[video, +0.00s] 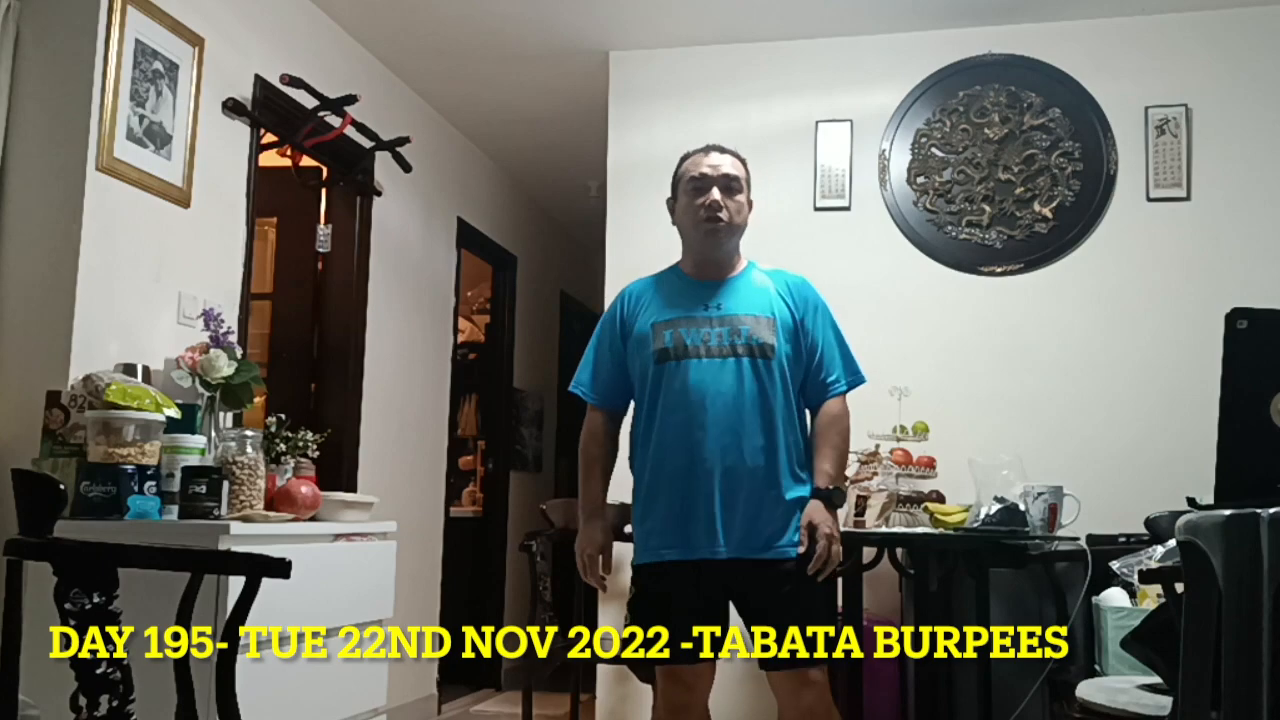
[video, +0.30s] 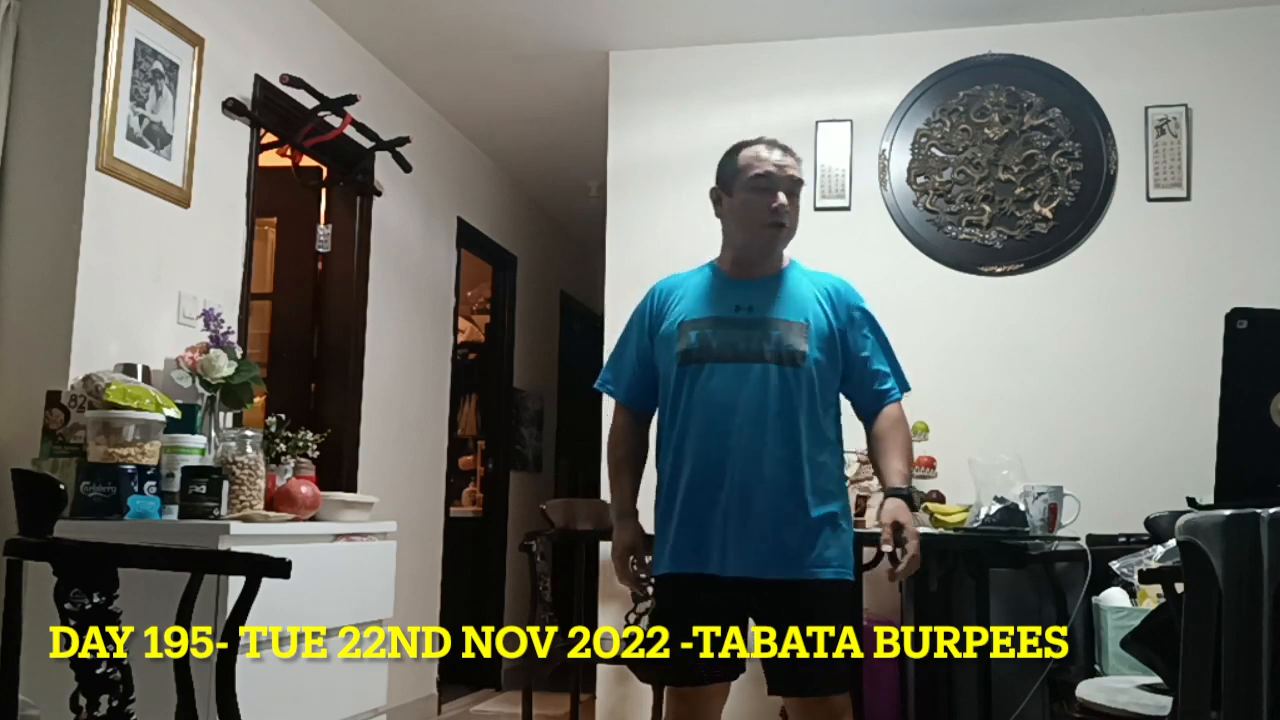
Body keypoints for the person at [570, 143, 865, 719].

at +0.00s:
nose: (714, 195)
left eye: (730, 186)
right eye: (697, 186)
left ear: (749, 209)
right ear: (673, 209)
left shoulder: (794, 296)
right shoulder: (635, 304)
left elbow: (832, 401)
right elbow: (600, 416)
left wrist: (825, 498)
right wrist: (592, 516)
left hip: (779, 537)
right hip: (672, 541)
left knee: (807, 690)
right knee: (678, 691)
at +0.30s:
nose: (780, 202)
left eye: (791, 191)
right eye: (761, 187)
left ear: (802, 207)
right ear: (720, 201)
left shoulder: (835, 301)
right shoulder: (668, 301)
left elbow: (885, 407)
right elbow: (629, 418)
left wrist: (896, 493)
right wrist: (625, 520)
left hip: (810, 557)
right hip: (695, 552)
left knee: (823, 706)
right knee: (690, 703)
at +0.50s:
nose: (874, 189)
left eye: (885, 175)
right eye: (856, 166)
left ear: (893, 188)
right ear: (804, 173)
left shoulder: (907, 294)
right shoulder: (731, 269)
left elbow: (964, 397)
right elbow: (683, 387)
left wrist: (994, 480)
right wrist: (674, 488)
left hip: (853, 550)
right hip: (736, 535)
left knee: (851, 709)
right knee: (694, 696)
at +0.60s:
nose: (911, 184)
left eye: (924, 170)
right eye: (894, 161)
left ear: (933, 183)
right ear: (841, 165)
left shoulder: (937, 289)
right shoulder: (758, 255)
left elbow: (1003, 385)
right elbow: (705, 368)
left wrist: (1048, 462)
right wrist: (690, 475)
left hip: (863, 560)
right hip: (746, 536)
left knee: (860, 712)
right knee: (701, 693)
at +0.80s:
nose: (966, 192)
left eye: (979, 176)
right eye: (949, 166)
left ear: (986, 183)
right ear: (891, 159)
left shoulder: (980, 295)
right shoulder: (793, 240)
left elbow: (1062, 379)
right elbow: (726, 349)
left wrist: (1135, 444)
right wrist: (706, 460)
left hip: (880, 570)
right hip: (762, 540)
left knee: (861, 714)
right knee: (726, 706)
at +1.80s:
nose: (949, 175)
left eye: (962, 160)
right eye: (931, 151)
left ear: (969, 167)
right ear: (873, 151)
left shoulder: (970, 287)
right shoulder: (773, 240)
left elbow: (1036, 393)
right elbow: (708, 353)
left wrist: (1090, 476)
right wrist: (692, 472)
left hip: (878, 572)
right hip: (752, 541)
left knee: (859, 717)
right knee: (711, 702)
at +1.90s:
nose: (918, 168)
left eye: (927, 151)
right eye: (898, 143)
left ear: (930, 164)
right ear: (837, 147)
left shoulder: (943, 280)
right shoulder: (750, 246)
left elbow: (1001, 399)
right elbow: (688, 366)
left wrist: (1026, 499)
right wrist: (676, 483)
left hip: (869, 571)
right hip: (743, 547)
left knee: (861, 715)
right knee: (705, 703)